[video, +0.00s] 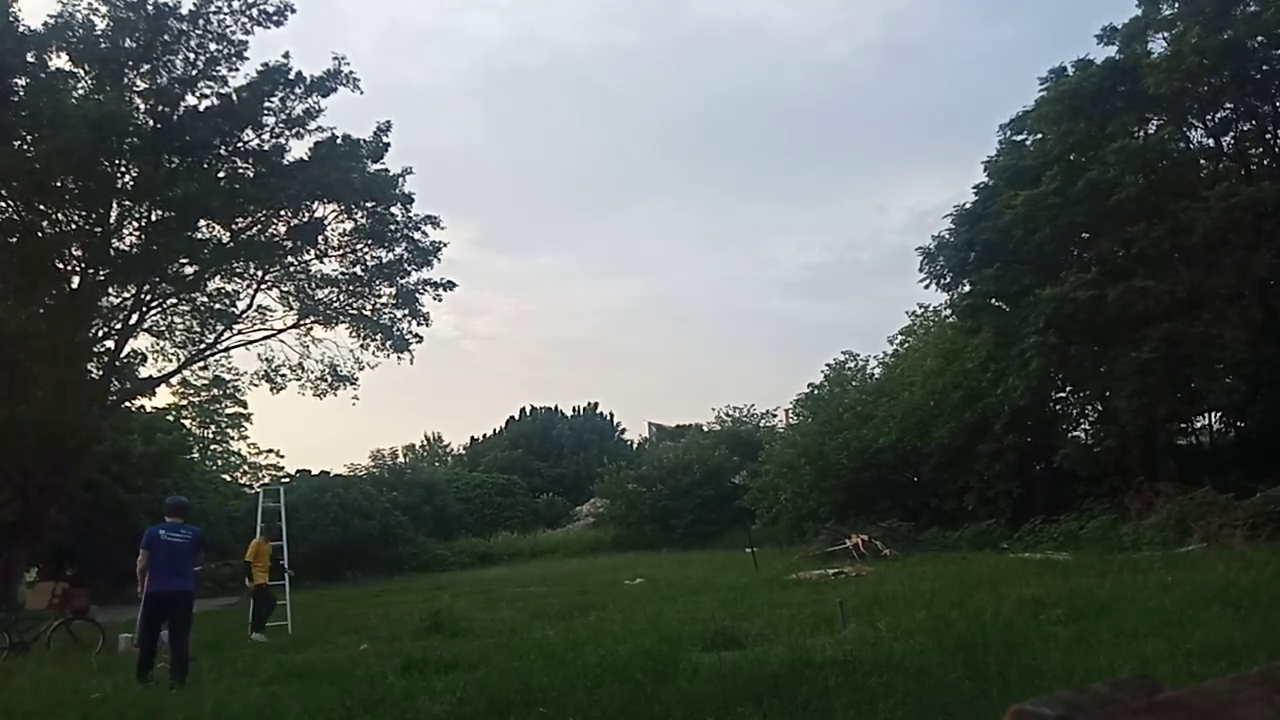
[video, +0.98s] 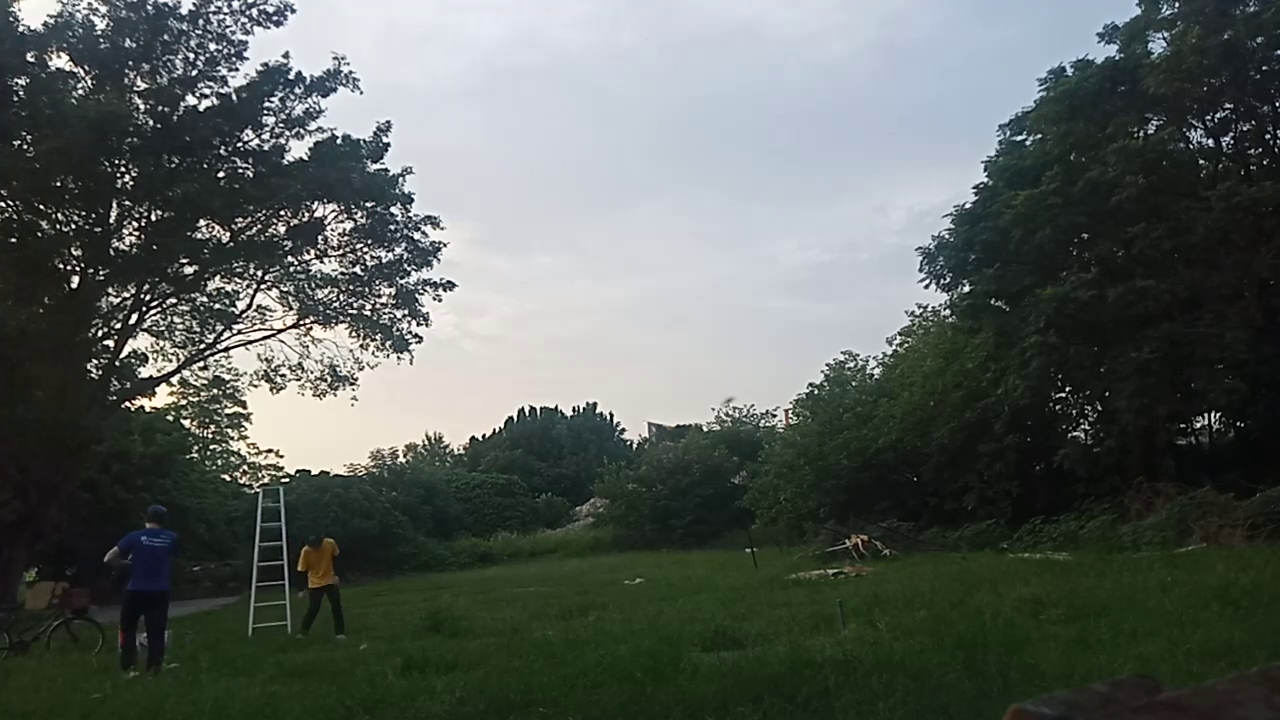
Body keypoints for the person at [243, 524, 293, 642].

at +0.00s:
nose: (276, 535)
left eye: (276, 532)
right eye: (275, 532)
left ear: (268, 533)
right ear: (268, 531)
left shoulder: (268, 545)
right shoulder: (256, 543)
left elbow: (270, 563)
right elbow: (247, 561)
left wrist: (283, 570)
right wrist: (250, 580)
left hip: (264, 581)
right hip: (257, 582)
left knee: (260, 607)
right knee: (270, 602)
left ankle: (257, 631)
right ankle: (258, 631)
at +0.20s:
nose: (285, 535)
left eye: (286, 533)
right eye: (283, 532)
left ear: (286, 534)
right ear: (278, 532)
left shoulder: (283, 544)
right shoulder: (269, 544)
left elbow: (290, 555)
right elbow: (261, 563)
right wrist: (267, 582)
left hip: (277, 583)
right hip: (268, 585)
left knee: (266, 612)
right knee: (281, 609)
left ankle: (256, 635)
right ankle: (293, 631)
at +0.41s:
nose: (296, 536)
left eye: (297, 533)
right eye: (294, 533)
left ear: (297, 534)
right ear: (289, 533)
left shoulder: (296, 543)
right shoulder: (281, 545)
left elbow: (302, 557)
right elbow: (276, 564)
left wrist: (313, 567)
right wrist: (280, 583)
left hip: (296, 582)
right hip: (285, 583)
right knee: (294, 608)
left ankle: (276, 628)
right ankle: (295, 632)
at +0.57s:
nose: (301, 532)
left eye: (303, 529)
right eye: (299, 529)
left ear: (305, 530)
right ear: (294, 529)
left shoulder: (305, 540)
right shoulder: (288, 542)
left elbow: (308, 556)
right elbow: (282, 560)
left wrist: (314, 569)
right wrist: (287, 578)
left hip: (307, 578)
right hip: (294, 581)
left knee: (316, 600)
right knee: (296, 608)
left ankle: (307, 627)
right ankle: (295, 631)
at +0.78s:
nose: (310, 536)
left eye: (312, 533)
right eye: (308, 533)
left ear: (314, 533)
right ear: (304, 532)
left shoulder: (318, 540)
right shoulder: (296, 544)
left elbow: (320, 558)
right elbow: (292, 564)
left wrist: (324, 571)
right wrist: (294, 582)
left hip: (318, 581)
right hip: (304, 583)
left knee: (328, 606)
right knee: (304, 611)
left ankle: (336, 630)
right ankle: (299, 634)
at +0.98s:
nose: (315, 548)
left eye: (317, 545)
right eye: (312, 546)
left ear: (321, 541)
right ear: (309, 543)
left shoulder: (330, 543)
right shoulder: (306, 551)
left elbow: (336, 558)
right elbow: (301, 571)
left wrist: (337, 574)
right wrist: (301, 589)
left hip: (330, 581)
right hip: (315, 584)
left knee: (336, 607)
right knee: (314, 609)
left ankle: (340, 633)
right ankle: (303, 632)